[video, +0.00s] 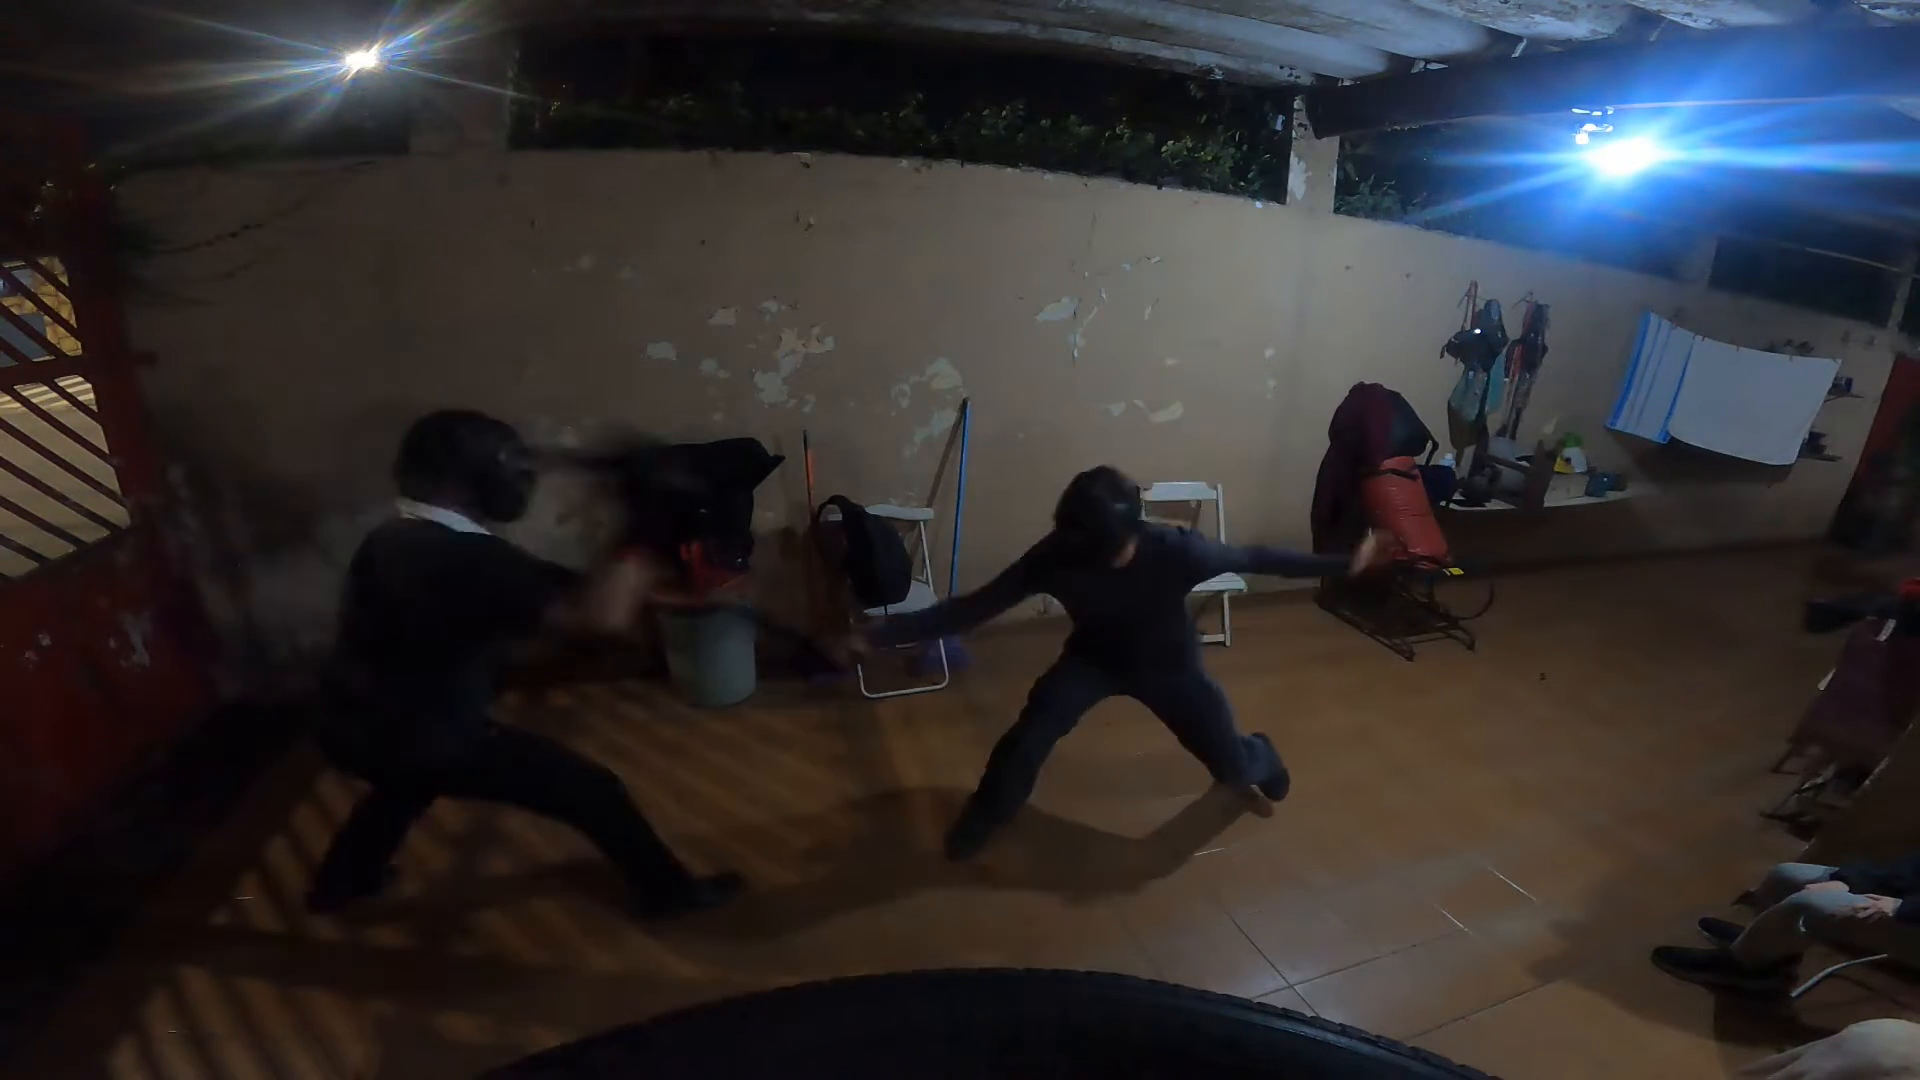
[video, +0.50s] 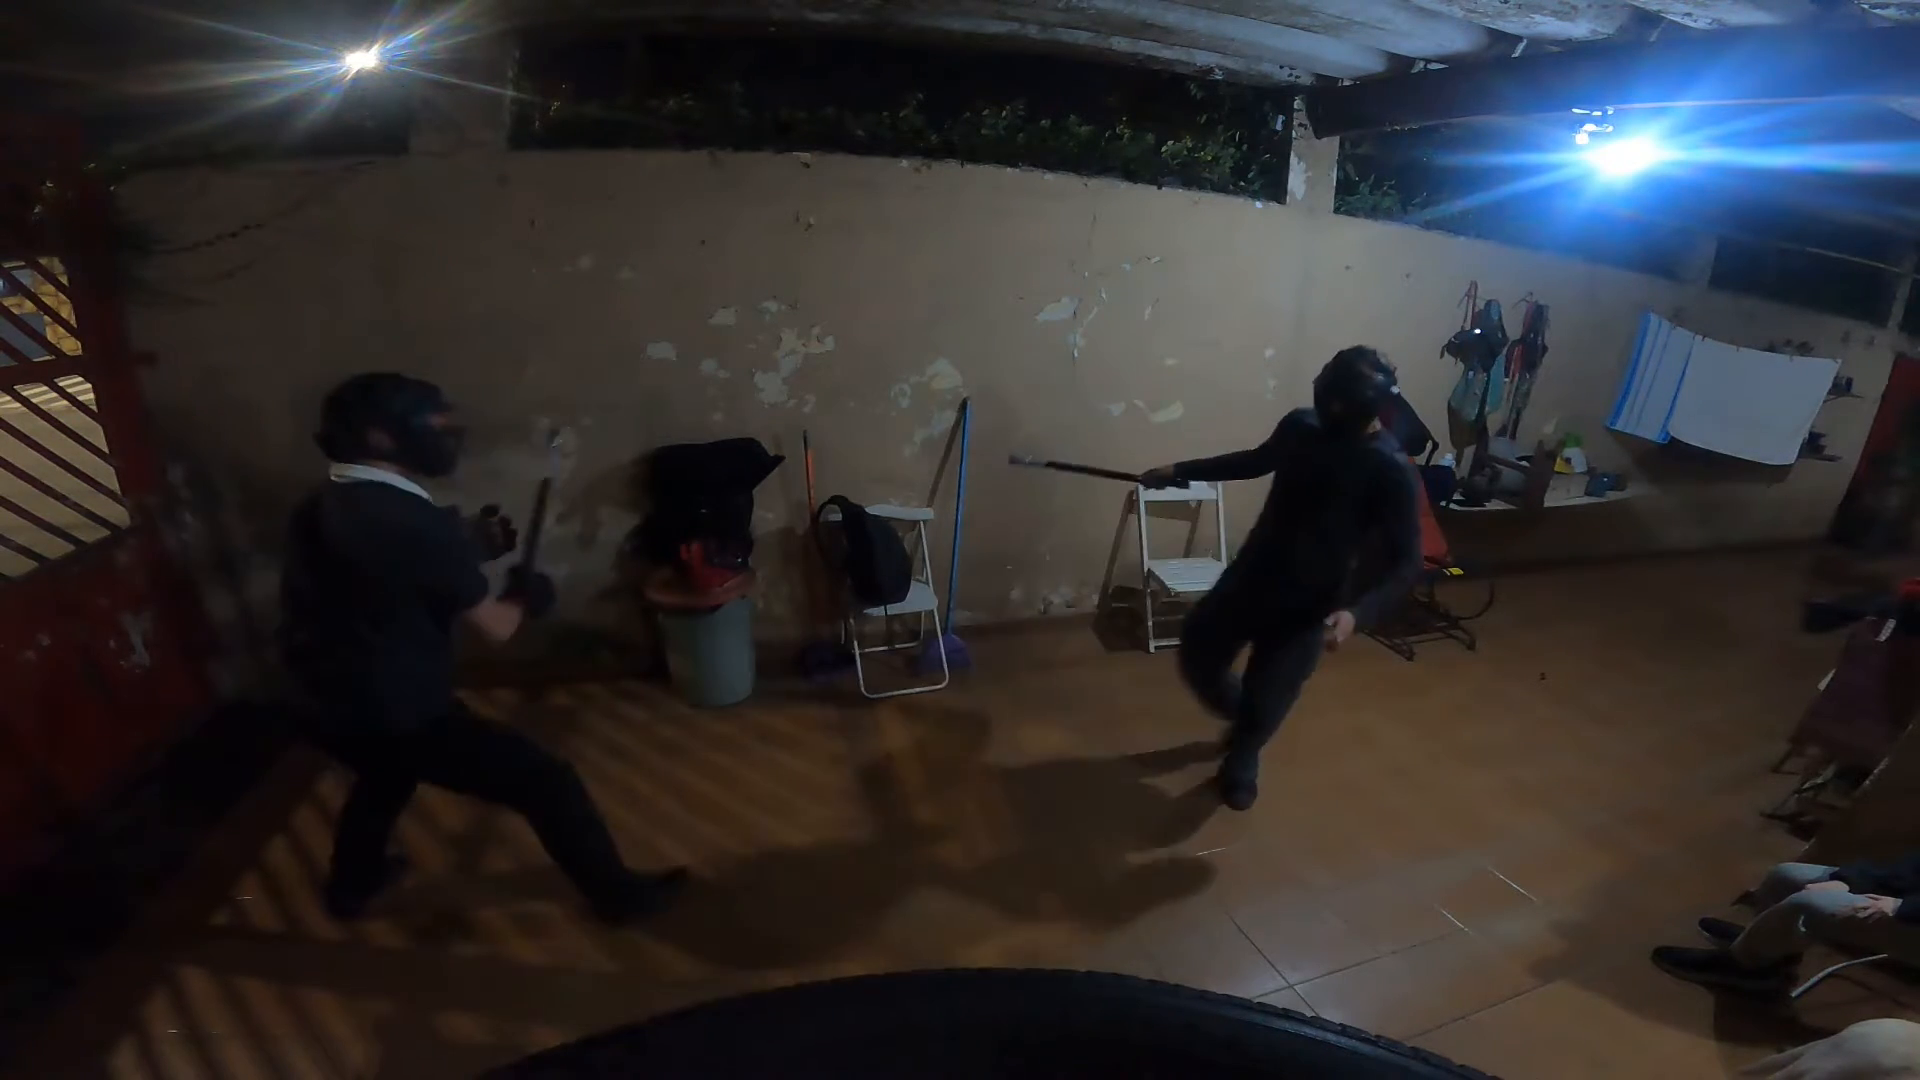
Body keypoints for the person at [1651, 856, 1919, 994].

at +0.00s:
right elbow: (1910, 870)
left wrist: (1904, 909)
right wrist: (1845, 879)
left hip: (1911, 922)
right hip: (1903, 893)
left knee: (1805, 906)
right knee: (1785, 876)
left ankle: (1738, 962)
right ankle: (1755, 942)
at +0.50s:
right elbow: (1909, 869)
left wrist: (1903, 908)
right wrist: (1846, 879)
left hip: (1911, 924)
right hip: (1902, 893)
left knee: (1806, 906)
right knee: (1786, 876)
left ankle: (1740, 961)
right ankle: (1752, 941)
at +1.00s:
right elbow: (1912, 870)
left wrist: (1903, 908)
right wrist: (1846, 880)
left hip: (1911, 925)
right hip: (1901, 892)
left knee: (1807, 905)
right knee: (1784, 877)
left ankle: (1739, 961)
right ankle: (1760, 945)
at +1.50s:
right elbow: (1911, 866)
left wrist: (1898, 908)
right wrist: (1849, 881)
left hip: (1910, 926)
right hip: (1900, 894)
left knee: (1803, 908)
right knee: (1785, 877)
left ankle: (1739, 962)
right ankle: (1762, 946)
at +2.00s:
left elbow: (1915, 907)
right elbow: (1910, 868)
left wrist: (1864, 906)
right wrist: (1845, 881)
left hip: (1910, 924)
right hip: (1898, 891)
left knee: (1796, 914)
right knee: (1782, 879)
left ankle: (1738, 963)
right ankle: (1764, 952)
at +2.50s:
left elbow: (1913, 916)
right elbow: (1910, 869)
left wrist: (1857, 910)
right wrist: (1843, 883)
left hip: (1910, 928)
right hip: (1903, 890)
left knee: (1800, 914)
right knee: (1783, 879)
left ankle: (1742, 962)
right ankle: (1757, 943)